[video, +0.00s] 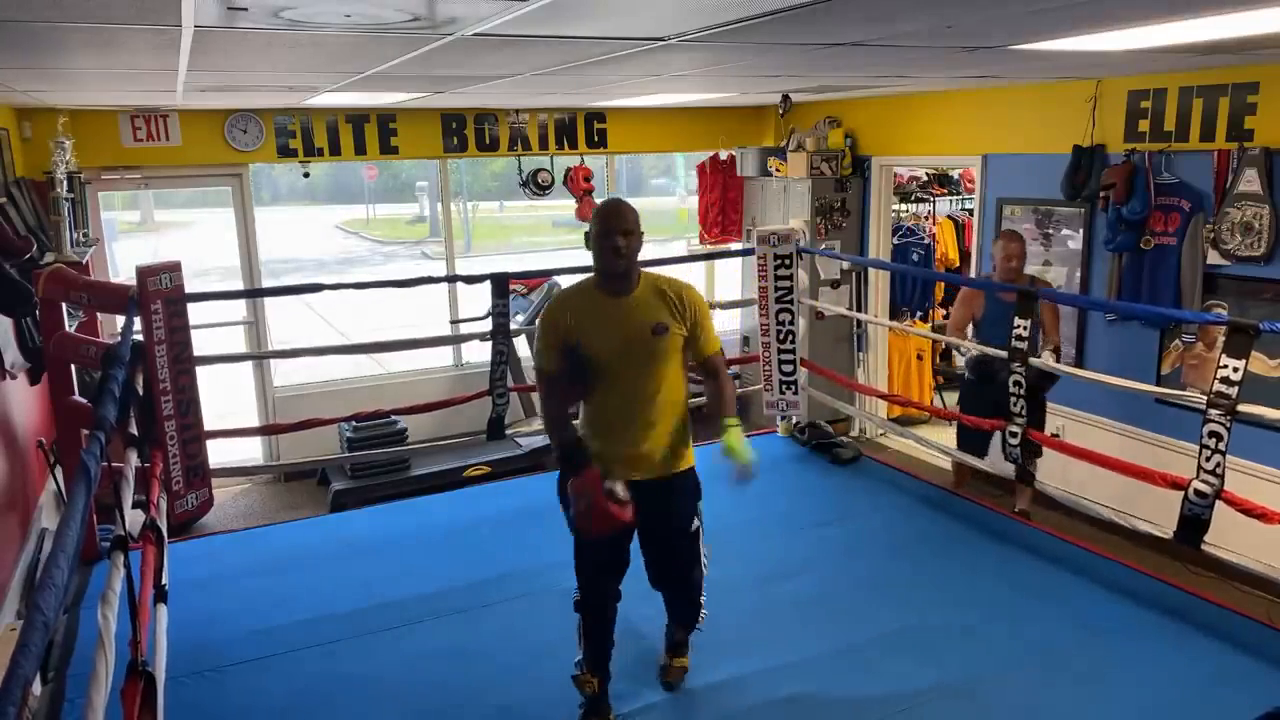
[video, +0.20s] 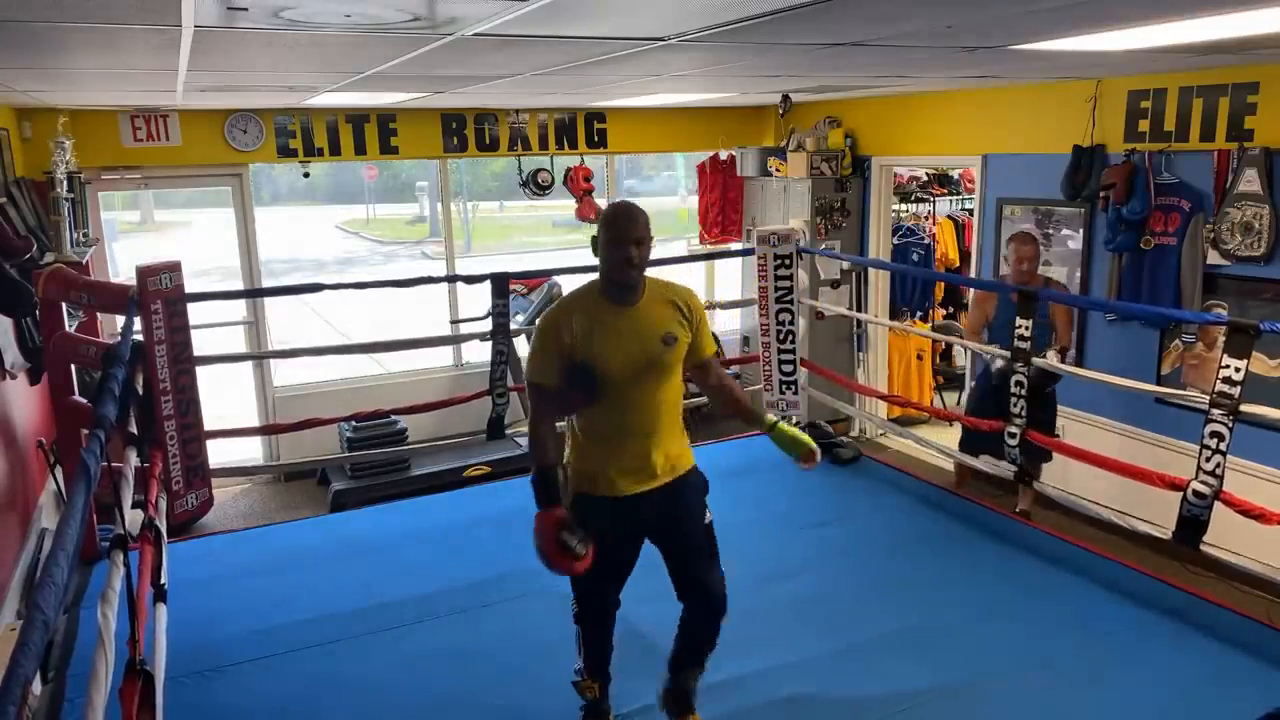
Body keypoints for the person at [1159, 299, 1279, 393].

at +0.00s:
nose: (1219, 326)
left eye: (1223, 322)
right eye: (1214, 320)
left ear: (1225, 326)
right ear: (1201, 324)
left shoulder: (1232, 350)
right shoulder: (1189, 348)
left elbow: (1271, 367)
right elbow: (1163, 369)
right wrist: (1178, 346)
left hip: (1218, 406)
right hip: (1189, 403)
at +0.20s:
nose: (1219, 326)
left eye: (1222, 321)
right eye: (1214, 320)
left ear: (1226, 327)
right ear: (1201, 324)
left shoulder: (1233, 350)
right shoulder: (1189, 349)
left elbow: (1271, 368)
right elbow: (1163, 369)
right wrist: (1178, 346)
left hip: (1220, 408)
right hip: (1190, 404)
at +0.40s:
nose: (1219, 326)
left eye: (1223, 322)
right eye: (1214, 321)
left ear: (1226, 326)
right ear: (1201, 324)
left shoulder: (1232, 349)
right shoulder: (1189, 348)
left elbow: (1271, 367)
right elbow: (1163, 369)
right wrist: (1179, 346)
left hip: (1219, 407)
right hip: (1190, 403)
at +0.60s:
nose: (1218, 326)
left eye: (1222, 322)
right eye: (1214, 320)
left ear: (1225, 327)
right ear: (1201, 324)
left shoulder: (1233, 349)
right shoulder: (1189, 349)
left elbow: (1271, 367)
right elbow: (1163, 369)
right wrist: (1179, 346)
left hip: (1219, 407)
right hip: (1189, 403)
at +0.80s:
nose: (1219, 326)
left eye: (1223, 322)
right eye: (1214, 321)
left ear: (1225, 326)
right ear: (1201, 324)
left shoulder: (1233, 349)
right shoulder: (1189, 349)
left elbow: (1271, 367)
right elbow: (1163, 369)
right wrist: (1178, 346)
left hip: (1218, 407)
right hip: (1189, 403)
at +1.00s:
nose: (1217, 326)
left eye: (1221, 322)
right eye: (1213, 320)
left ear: (1225, 327)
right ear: (1201, 324)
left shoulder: (1232, 350)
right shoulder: (1189, 348)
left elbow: (1271, 367)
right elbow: (1162, 369)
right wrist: (1178, 346)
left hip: (1217, 407)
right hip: (1187, 403)